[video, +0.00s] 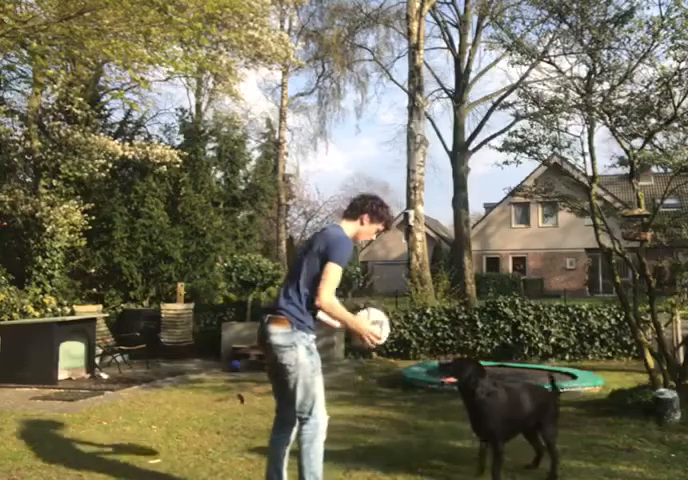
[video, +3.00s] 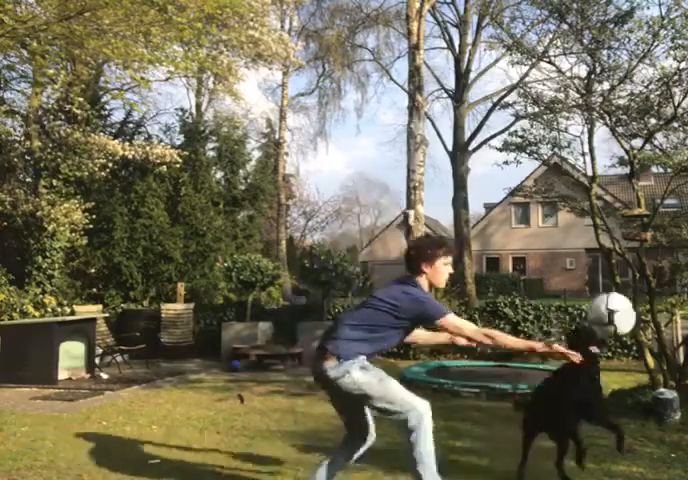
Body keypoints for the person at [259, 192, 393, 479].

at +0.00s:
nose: (372, 238)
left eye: (377, 233)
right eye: (376, 231)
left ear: (359, 217)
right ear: (365, 218)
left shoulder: (321, 236)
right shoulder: (340, 241)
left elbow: (311, 306)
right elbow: (324, 299)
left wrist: (350, 326)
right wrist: (358, 326)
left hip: (273, 328)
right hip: (292, 333)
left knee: (287, 414)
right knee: (314, 417)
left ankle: (275, 475)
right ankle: (312, 475)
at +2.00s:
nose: (377, 224)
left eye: (382, 219)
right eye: (379, 216)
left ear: (363, 204)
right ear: (364, 203)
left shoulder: (336, 230)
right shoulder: (337, 231)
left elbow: (323, 288)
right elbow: (317, 288)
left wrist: (365, 306)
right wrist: (364, 306)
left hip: (305, 331)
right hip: (307, 333)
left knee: (311, 414)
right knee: (323, 416)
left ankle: (302, 473)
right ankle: (313, 475)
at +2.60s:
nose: (398, 224)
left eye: (400, 218)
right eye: (397, 216)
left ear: (374, 211)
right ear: (381, 211)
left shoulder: (353, 241)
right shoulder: (361, 243)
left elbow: (348, 306)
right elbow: (355, 304)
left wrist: (384, 326)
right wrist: (402, 325)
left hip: (311, 336)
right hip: (314, 338)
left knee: (328, 416)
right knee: (339, 418)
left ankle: (309, 473)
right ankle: (320, 475)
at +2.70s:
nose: (401, 228)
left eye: (403, 221)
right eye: (400, 220)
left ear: (378, 216)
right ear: (384, 217)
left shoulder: (357, 248)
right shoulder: (374, 255)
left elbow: (356, 310)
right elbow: (387, 317)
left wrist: (400, 319)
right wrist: (439, 333)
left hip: (313, 339)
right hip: (319, 342)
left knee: (339, 417)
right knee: (346, 419)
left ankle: (314, 474)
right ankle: (323, 475)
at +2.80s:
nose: (413, 237)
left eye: (412, 230)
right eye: (409, 229)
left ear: (387, 230)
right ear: (389, 230)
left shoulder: (363, 261)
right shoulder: (383, 265)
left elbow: (368, 314)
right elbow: (425, 323)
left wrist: (416, 321)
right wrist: (476, 339)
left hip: (310, 347)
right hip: (323, 350)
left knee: (340, 421)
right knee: (367, 418)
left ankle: (314, 475)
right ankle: (333, 475)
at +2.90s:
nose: (427, 254)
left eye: (427, 247)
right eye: (423, 247)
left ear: (398, 248)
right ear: (404, 248)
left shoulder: (370, 275)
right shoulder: (394, 281)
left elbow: (387, 325)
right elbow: (458, 326)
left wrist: (437, 327)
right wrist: (514, 340)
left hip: (313, 354)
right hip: (331, 356)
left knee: (351, 422)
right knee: (392, 411)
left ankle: (313, 475)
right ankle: (374, 474)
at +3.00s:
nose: (450, 272)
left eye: (449, 264)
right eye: (446, 264)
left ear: (423, 266)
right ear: (425, 265)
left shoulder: (399, 291)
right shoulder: (417, 297)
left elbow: (410, 335)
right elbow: (481, 336)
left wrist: (456, 337)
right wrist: (542, 348)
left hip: (329, 362)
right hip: (345, 363)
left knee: (360, 433)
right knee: (418, 411)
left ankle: (322, 474)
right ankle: (429, 475)